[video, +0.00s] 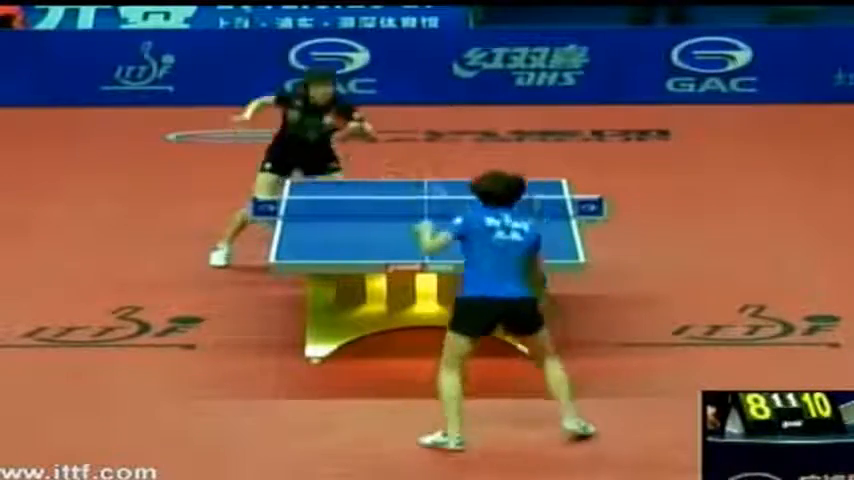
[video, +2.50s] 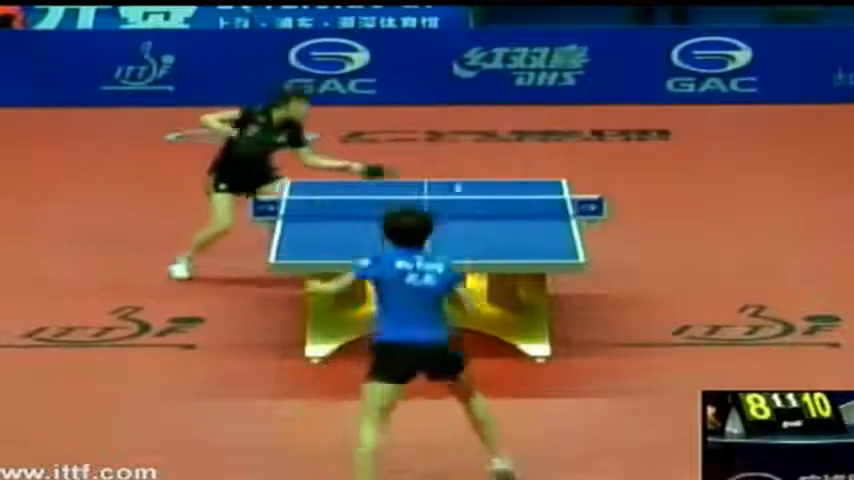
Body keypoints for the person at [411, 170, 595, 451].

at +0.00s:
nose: (477, 198)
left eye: (480, 194)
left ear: (483, 197)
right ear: (514, 199)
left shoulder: (470, 221)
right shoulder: (527, 228)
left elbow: (431, 248)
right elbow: (537, 274)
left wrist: (425, 235)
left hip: (476, 301)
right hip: (519, 302)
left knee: (451, 365)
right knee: (548, 357)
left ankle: (452, 434)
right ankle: (571, 418)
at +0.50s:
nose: (553, 217)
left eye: (557, 216)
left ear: (555, 222)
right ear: (574, 238)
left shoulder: (531, 229)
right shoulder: (565, 261)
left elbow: (498, 211)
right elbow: (561, 281)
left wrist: (472, 186)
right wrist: (593, 275)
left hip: (496, 296)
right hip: (530, 308)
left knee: (445, 362)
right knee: (537, 339)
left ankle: (456, 416)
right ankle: (539, 393)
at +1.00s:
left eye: (491, 202)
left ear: (494, 205)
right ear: (524, 204)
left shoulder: (492, 231)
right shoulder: (542, 235)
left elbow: (454, 261)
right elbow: (554, 279)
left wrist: (437, 258)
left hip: (498, 307)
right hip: (535, 309)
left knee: (447, 365)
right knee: (535, 352)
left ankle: (445, 431)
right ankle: (552, 411)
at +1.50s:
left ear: (499, 231)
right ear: (535, 234)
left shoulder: (477, 256)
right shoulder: (538, 262)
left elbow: (446, 293)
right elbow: (564, 293)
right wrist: (559, 266)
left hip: (469, 342)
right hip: (515, 345)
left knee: (427, 393)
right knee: (567, 391)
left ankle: (403, 459)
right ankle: (599, 460)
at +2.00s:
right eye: (489, 328)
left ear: (467, 304)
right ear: (483, 330)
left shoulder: (433, 299)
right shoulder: (452, 352)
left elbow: (408, 265)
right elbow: (413, 375)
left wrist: (396, 230)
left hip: (344, 355)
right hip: (377, 373)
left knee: (324, 407)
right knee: (457, 409)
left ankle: (282, 460)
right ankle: (500, 470)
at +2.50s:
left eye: (389, 233)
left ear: (389, 236)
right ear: (425, 236)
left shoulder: (379, 263)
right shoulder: (441, 268)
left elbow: (337, 287)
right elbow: (471, 308)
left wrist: (317, 287)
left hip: (394, 348)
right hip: (435, 347)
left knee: (372, 418)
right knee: (470, 397)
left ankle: (366, 472)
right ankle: (498, 458)